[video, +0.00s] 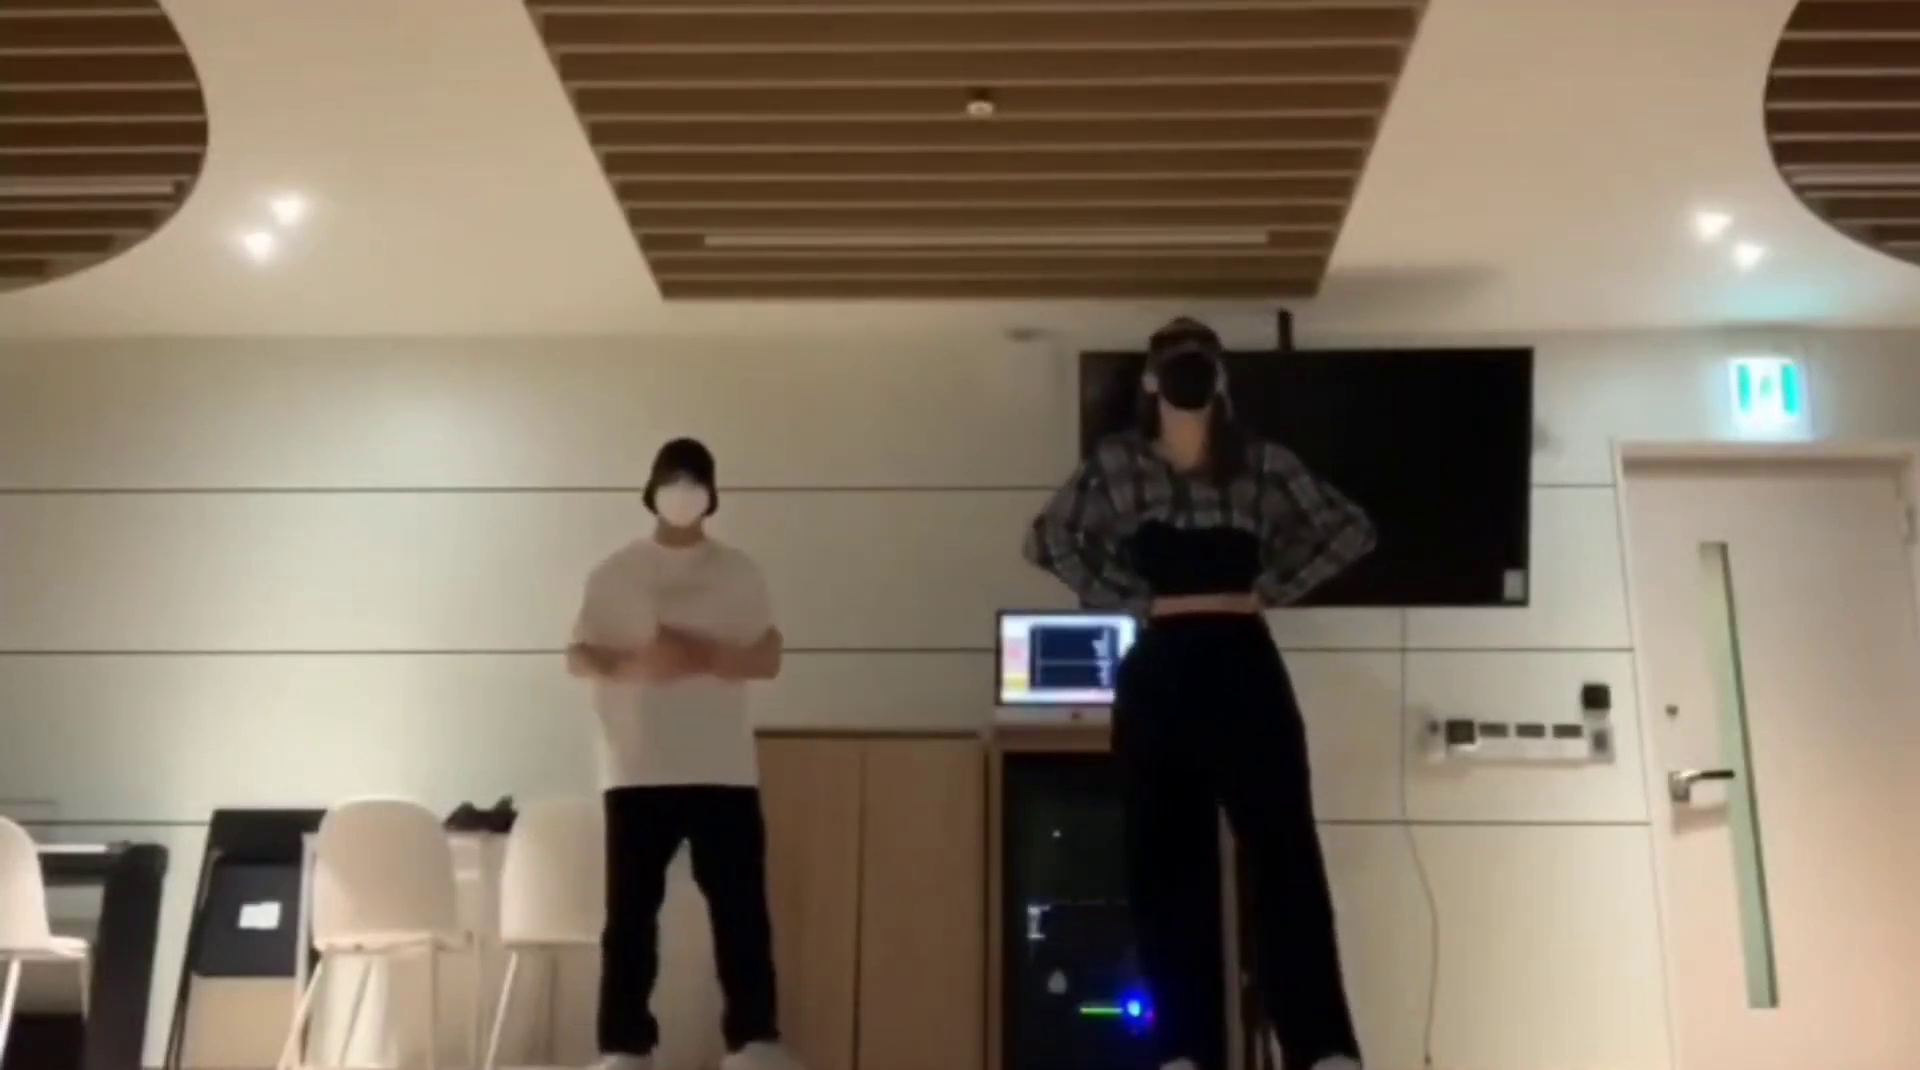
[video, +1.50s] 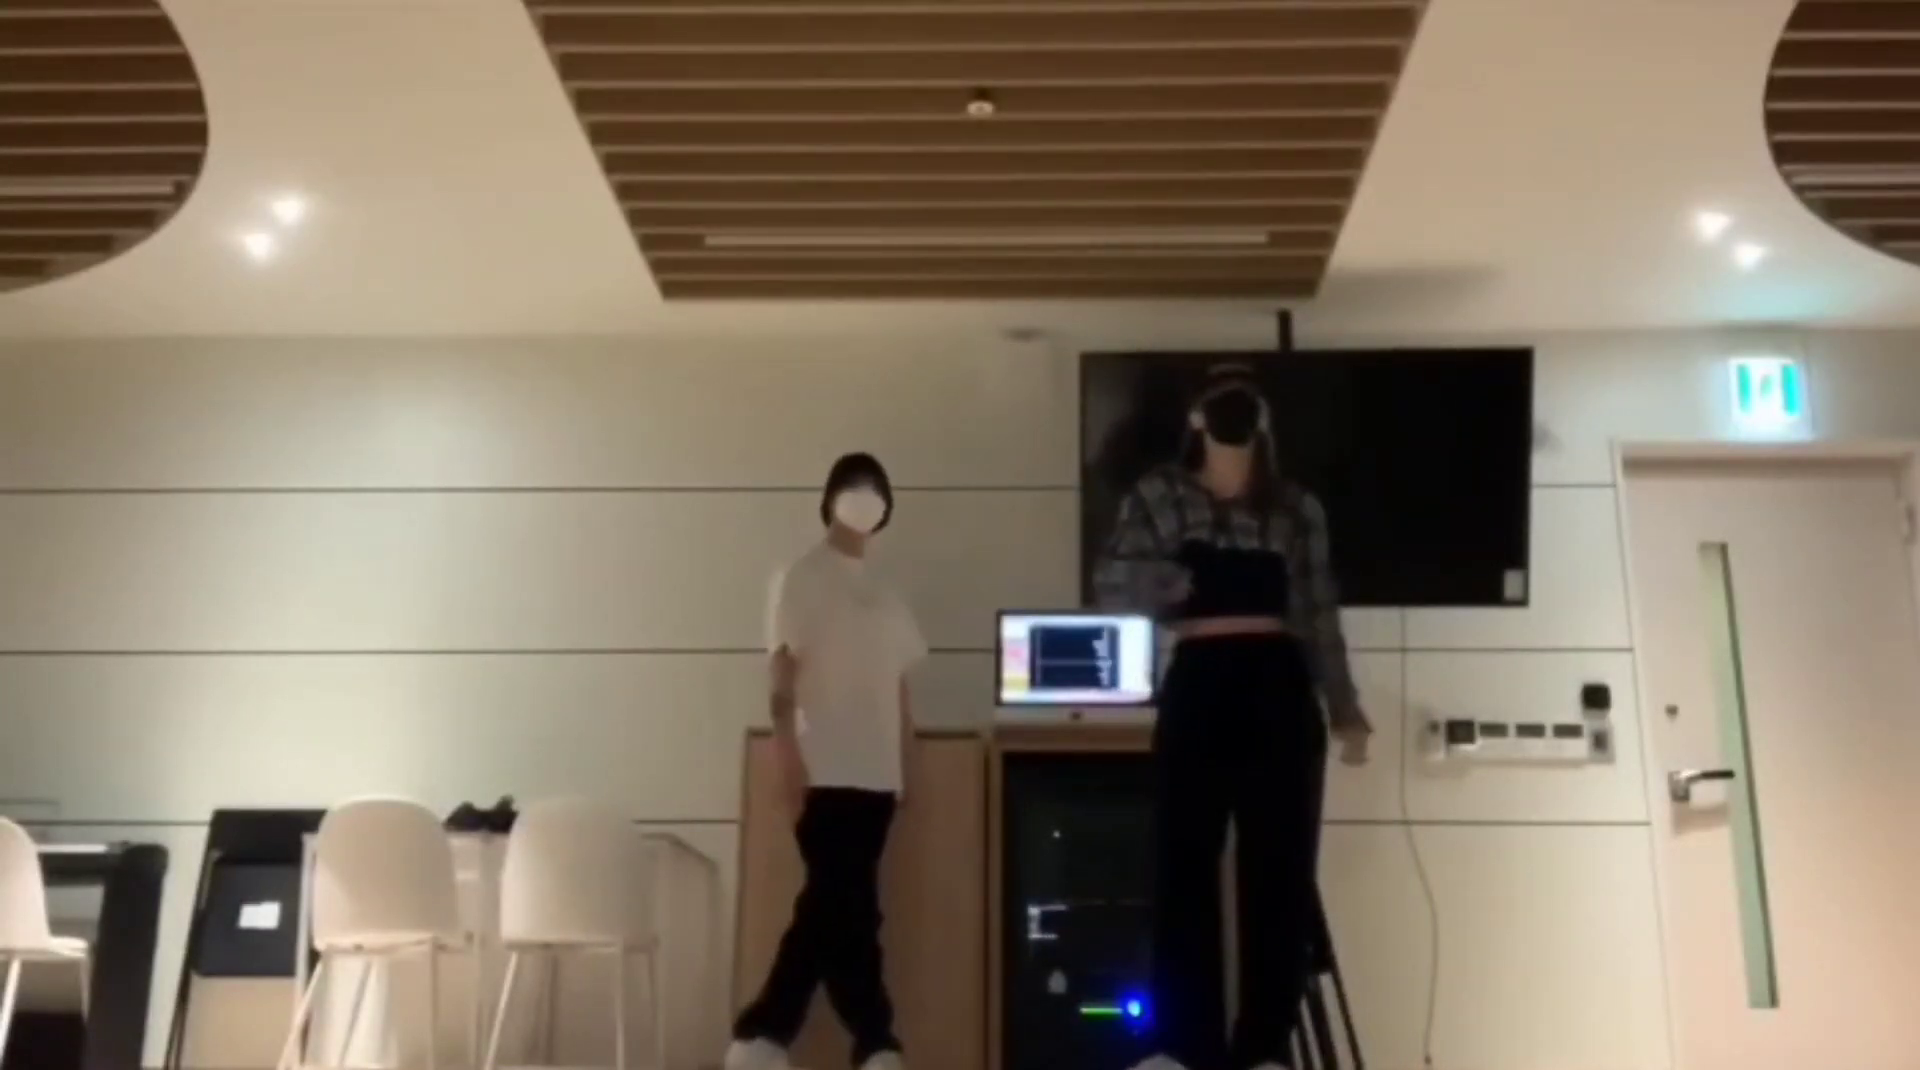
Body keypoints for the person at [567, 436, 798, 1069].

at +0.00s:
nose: (682, 494)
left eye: (694, 482)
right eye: (669, 482)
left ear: (712, 493)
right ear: (651, 492)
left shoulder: (737, 570)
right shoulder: (616, 573)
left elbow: (768, 659)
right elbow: (579, 656)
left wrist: (702, 652)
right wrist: (644, 662)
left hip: (723, 769)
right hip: (637, 771)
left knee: (742, 914)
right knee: (629, 919)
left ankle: (753, 1042)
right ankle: (624, 1047)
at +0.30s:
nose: (746, 511)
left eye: (758, 501)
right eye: (734, 498)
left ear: (770, 513)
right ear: (712, 506)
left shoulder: (785, 589)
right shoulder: (673, 581)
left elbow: (810, 675)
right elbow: (632, 663)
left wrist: (759, 664)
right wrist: (704, 668)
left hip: (766, 777)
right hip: (688, 775)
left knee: (763, 919)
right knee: (665, 916)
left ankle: (750, 1046)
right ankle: (627, 1046)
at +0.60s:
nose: (794, 525)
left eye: (806, 517)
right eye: (785, 511)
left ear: (815, 531)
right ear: (760, 516)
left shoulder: (813, 602)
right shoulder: (720, 581)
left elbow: (829, 693)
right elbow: (704, 663)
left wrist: (784, 694)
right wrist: (778, 676)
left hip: (800, 774)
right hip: (736, 769)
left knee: (788, 916)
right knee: (725, 906)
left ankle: (753, 1044)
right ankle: (680, 1042)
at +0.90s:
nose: (815, 525)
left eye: (827, 517)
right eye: (806, 511)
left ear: (836, 531)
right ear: (782, 515)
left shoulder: (821, 601)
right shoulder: (744, 576)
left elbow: (837, 677)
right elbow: (731, 657)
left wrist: (826, 727)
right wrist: (786, 717)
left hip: (806, 768)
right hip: (749, 762)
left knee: (795, 904)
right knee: (767, 902)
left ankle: (751, 1038)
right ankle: (778, 1036)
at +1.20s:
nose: (840, 523)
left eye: (852, 514)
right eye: (831, 509)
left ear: (864, 529)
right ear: (808, 516)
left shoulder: (855, 609)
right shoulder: (768, 582)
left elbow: (868, 707)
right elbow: (730, 672)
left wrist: (874, 789)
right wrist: (733, 755)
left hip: (839, 783)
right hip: (776, 778)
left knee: (797, 918)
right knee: (819, 917)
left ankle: (752, 1042)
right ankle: (867, 1040)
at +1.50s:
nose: (863, 504)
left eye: (874, 494)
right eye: (851, 491)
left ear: (887, 507)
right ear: (829, 500)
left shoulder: (887, 589)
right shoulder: (800, 578)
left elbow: (901, 683)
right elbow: (783, 671)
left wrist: (908, 767)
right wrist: (789, 758)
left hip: (880, 769)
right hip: (821, 766)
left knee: (823, 912)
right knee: (851, 912)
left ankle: (763, 1036)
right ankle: (876, 1043)